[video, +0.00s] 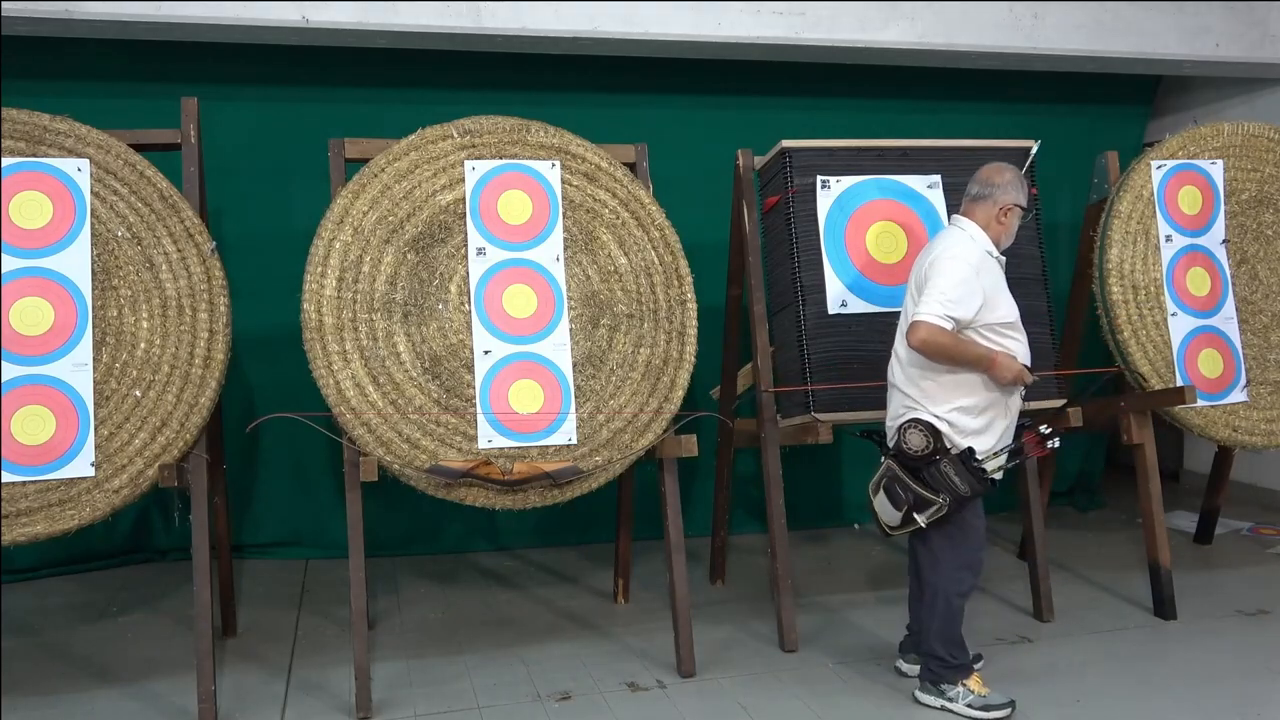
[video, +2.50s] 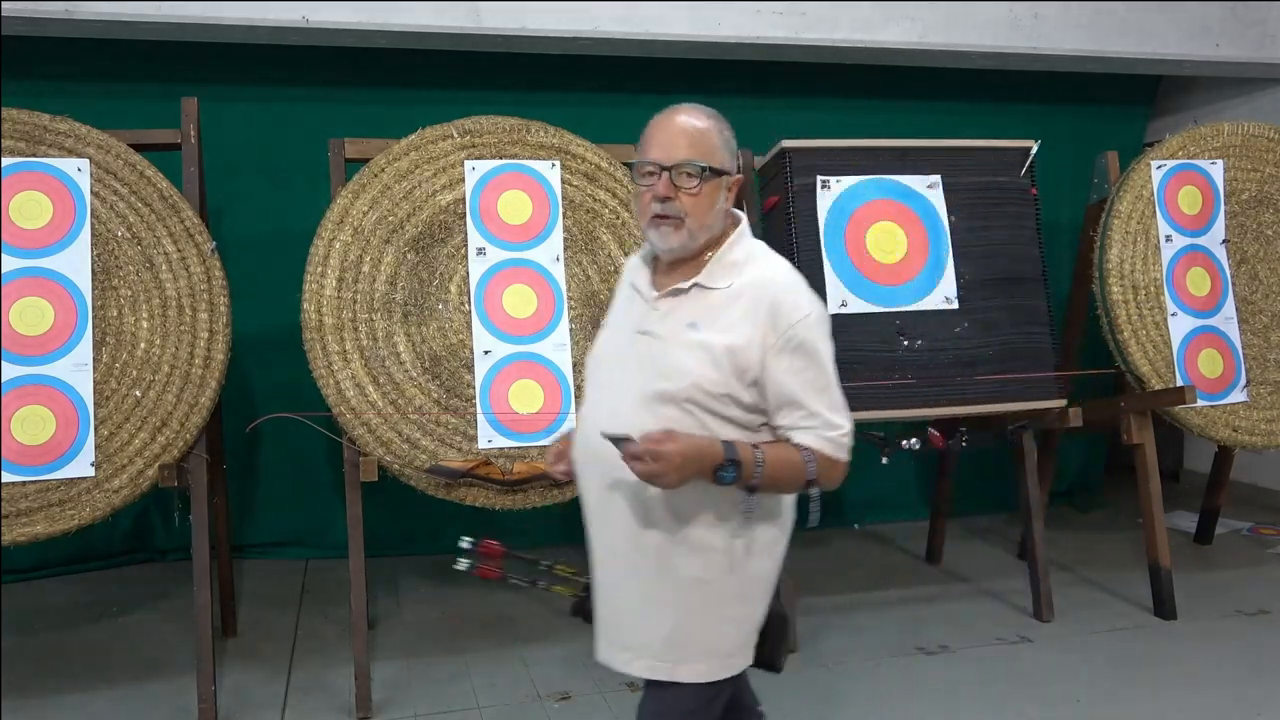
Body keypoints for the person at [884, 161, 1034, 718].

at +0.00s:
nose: (1019, 224)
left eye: (1020, 215)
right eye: (1019, 213)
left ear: (976, 203)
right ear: (1000, 210)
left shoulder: (954, 246)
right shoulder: (963, 252)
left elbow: (935, 336)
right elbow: (926, 333)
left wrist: (996, 362)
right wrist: (991, 361)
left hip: (938, 433)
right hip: (943, 440)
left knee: (936, 548)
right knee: (955, 558)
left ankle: (921, 645)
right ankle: (944, 675)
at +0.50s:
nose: (1006, 201)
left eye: (1006, 191)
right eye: (993, 194)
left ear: (973, 204)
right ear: (956, 205)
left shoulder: (972, 252)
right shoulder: (941, 265)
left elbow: (947, 344)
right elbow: (901, 363)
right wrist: (987, 378)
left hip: (1003, 442)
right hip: (969, 452)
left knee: (1017, 541)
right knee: (968, 563)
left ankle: (949, 628)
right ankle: (942, 675)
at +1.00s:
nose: (965, 207)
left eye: (976, 193)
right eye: (948, 199)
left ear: (995, 199)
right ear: (930, 211)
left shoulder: (1040, 269)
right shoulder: (900, 279)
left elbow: (1061, 365)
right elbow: (867, 384)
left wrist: (1065, 439)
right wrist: (911, 354)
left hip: (1016, 476)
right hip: (930, 474)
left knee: (1007, 611)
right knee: (941, 584)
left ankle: (999, 713)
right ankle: (948, 671)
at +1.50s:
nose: (915, 188)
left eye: (931, 173)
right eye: (899, 178)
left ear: (961, 182)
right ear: (886, 195)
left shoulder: (1020, 264)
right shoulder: (867, 269)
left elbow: (1083, 378)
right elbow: (850, 353)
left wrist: (1049, 465)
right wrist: (838, 373)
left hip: (984, 524)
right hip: (881, 520)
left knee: (993, 683)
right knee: (875, 671)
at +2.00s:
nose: (738, 192)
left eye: (755, 175)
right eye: (738, 178)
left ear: (813, 174)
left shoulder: (893, 256)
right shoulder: (741, 284)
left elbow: (935, 388)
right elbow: (711, 396)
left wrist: (806, 394)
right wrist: (709, 401)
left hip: (861, 552)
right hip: (759, 552)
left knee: (842, 697)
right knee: (772, 705)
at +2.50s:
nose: (662, 192)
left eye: (688, 175)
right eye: (649, 175)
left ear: (732, 188)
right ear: (634, 184)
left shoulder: (778, 297)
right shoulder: (640, 272)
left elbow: (827, 459)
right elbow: (660, 395)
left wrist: (715, 459)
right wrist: (587, 444)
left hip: (707, 609)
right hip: (640, 591)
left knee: (669, 710)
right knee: (723, 705)